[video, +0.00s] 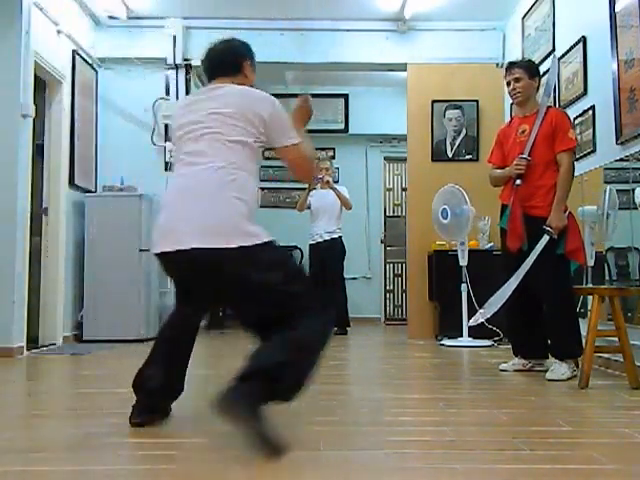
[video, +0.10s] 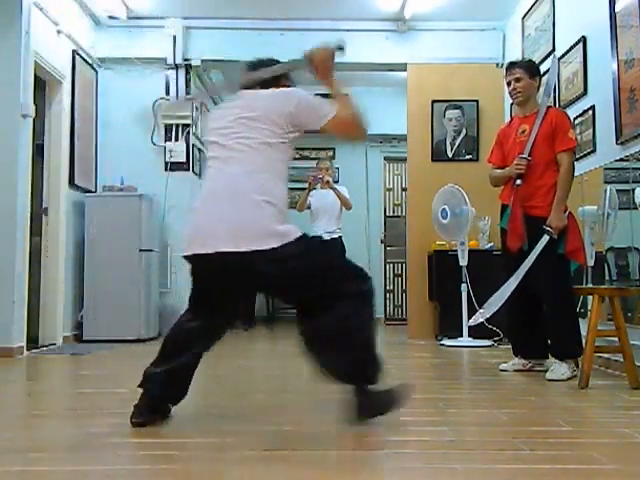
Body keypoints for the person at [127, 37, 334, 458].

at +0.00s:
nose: (256, 77)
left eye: (253, 71)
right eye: (254, 70)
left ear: (209, 74)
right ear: (245, 70)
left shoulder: (181, 108)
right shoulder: (260, 102)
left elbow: (191, 164)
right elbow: (305, 172)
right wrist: (297, 127)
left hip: (171, 239)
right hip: (228, 237)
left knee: (188, 307)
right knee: (308, 311)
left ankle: (149, 403)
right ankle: (247, 394)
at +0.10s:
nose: (290, 89)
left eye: (287, 86)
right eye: (288, 84)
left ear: (246, 84)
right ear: (280, 84)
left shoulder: (217, 115)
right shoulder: (286, 100)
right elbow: (354, 127)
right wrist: (330, 81)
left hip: (205, 245)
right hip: (264, 239)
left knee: (205, 315)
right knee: (350, 288)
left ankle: (151, 400)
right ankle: (365, 389)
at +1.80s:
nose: (178, 114)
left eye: (182, 106)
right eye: (176, 107)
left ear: (209, 103)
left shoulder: (237, 136)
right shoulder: (191, 140)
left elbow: (183, 162)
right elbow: (149, 177)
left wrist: (120, 148)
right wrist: (147, 129)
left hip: (247, 243)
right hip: (205, 244)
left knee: (231, 307)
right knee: (146, 281)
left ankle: (270, 387)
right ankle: (140, 361)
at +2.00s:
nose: (123, 134)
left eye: (124, 124)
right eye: (119, 126)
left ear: (146, 110)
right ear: (141, 112)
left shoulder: (181, 139)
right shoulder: (146, 136)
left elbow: (133, 180)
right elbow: (86, 97)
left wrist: (83, 189)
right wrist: (119, 67)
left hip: (200, 245)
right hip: (158, 246)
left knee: (211, 304)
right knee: (109, 294)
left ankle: (259, 380)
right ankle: (111, 372)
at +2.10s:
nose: (94, 122)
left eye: (97, 112)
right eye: (93, 115)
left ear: (122, 103)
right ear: (117, 106)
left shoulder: (158, 133)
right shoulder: (117, 136)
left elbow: (116, 183)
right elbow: (56, 135)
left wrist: (83, 189)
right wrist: (79, 134)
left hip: (179, 240)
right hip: (139, 243)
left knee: (170, 302)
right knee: (98, 298)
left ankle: (207, 361)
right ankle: (109, 373)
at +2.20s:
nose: (78, 115)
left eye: (80, 105)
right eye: (76, 107)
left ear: (103, 100)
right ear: (100, 103)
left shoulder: (139, 132)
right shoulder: (101, 140)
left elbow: (97, 180)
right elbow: (73, 165)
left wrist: (77, 176)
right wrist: (32, 166)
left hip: (157, 241)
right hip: (122, 241)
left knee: (137, 307)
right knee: (87, 297)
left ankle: (135, 358)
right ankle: (107, 372)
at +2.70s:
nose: (126, 113)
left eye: (130, 107)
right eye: (119, 106)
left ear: (132, 106)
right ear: (97, 101)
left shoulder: (128, 130)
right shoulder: (74, 131)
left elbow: (132, 162)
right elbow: (83, 149)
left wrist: (99, 181)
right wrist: (128, 153)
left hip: (112, 231)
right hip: (76, 229)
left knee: (97, 300)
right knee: (101, 286)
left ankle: (40, 354)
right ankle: (106, 368)